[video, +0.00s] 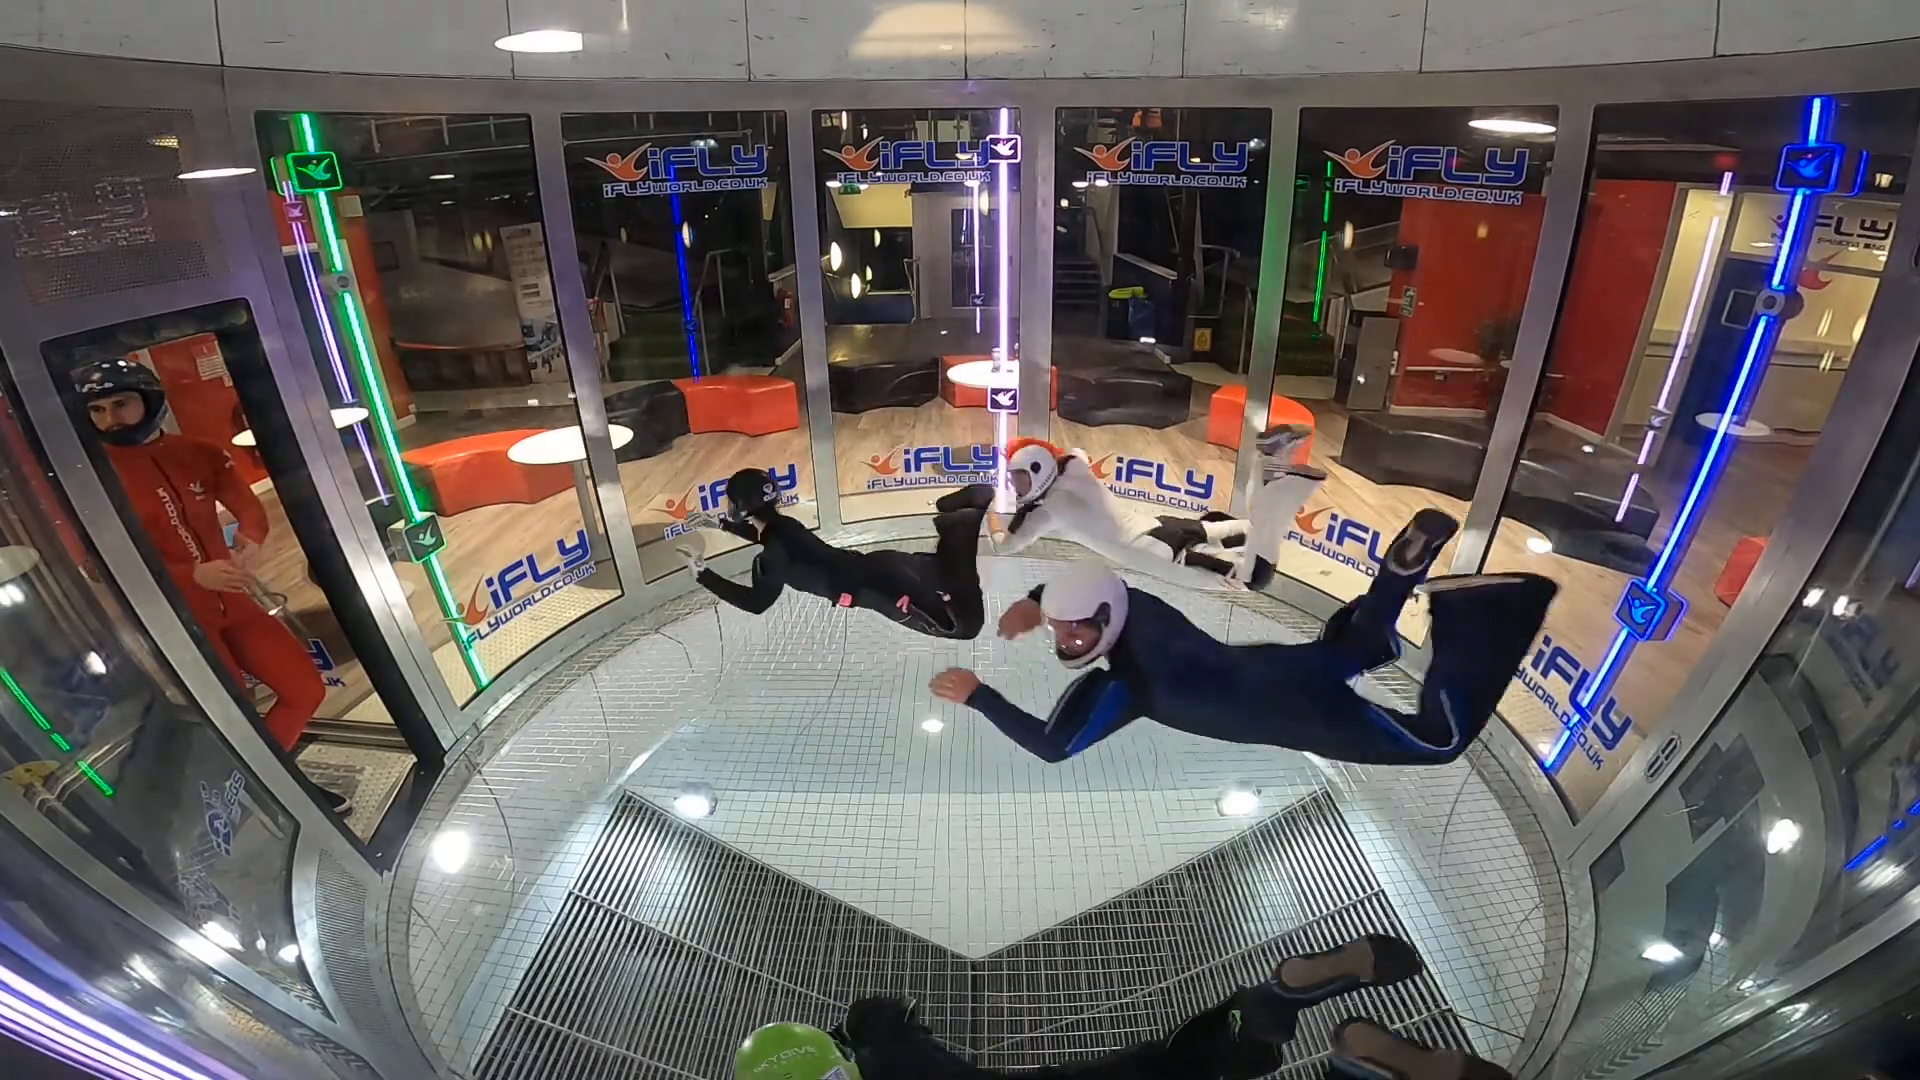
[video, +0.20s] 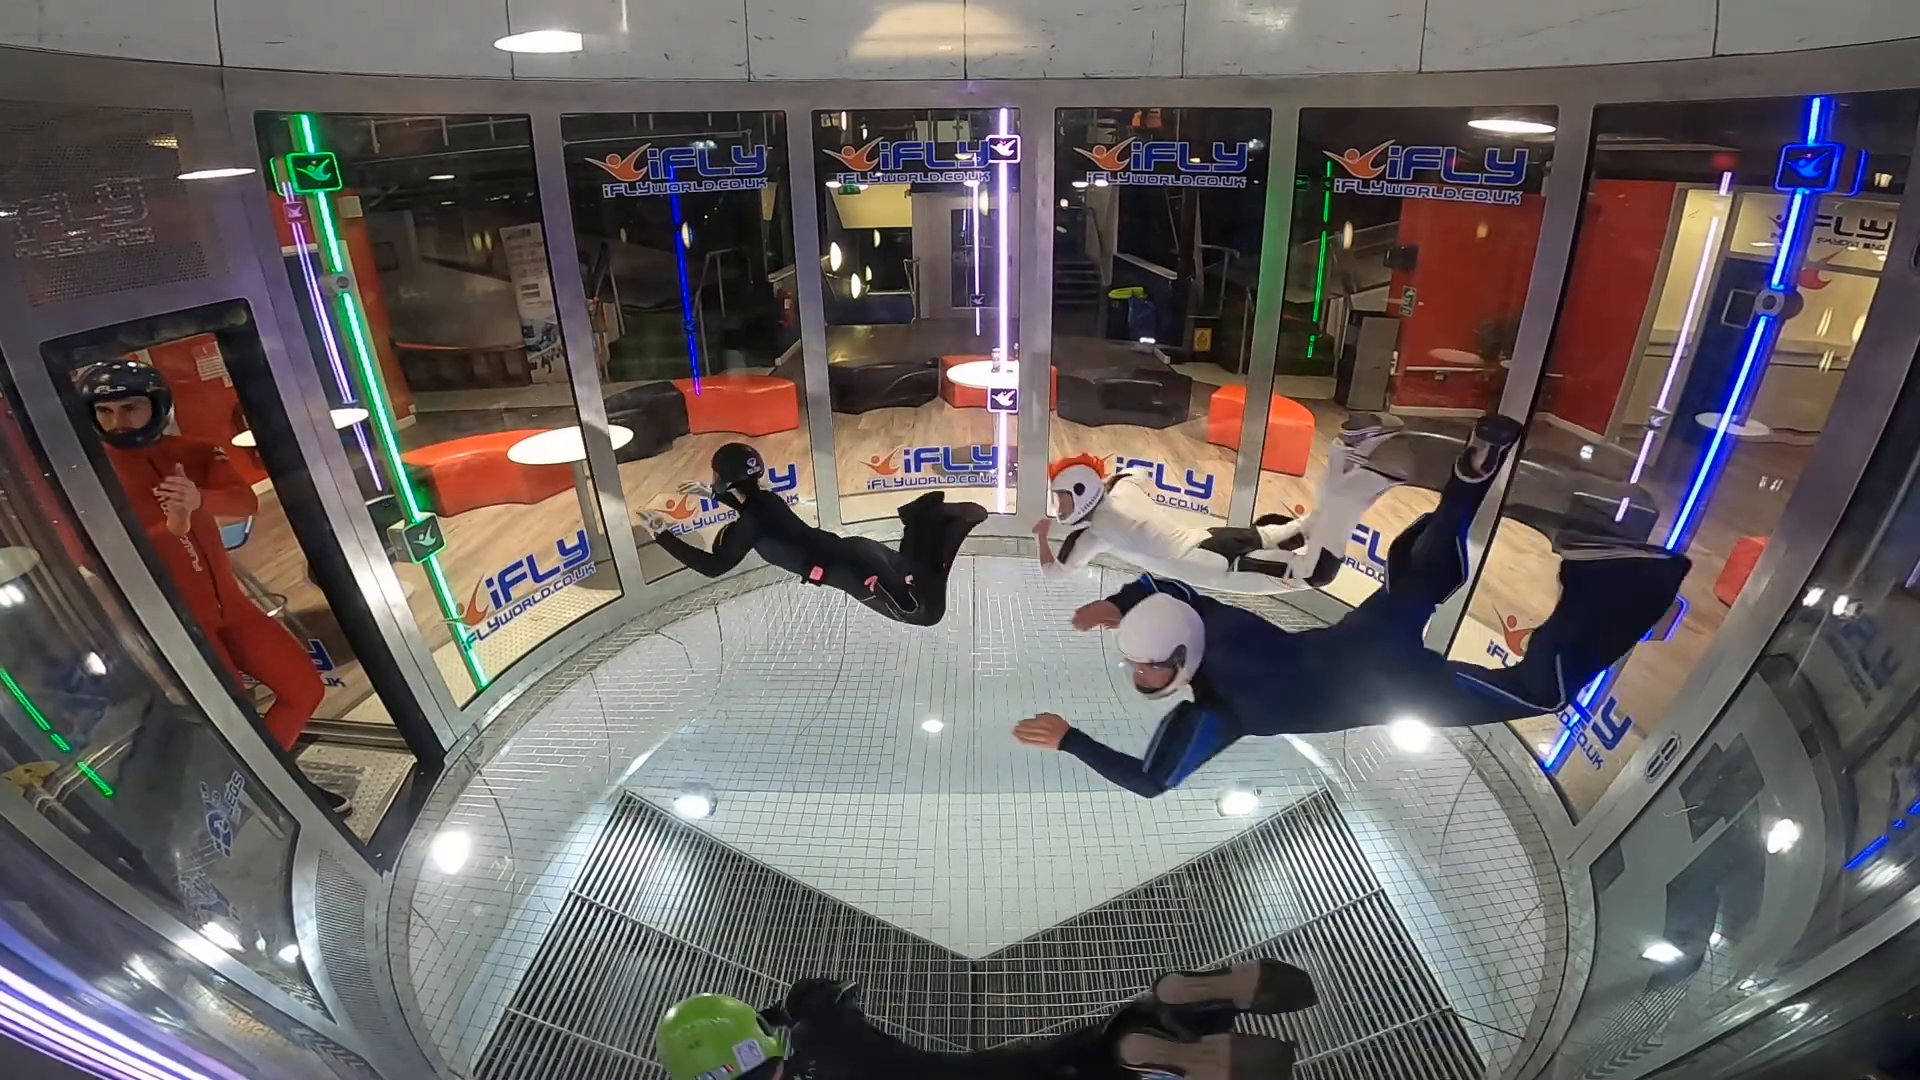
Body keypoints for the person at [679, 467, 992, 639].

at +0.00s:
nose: (726, 513)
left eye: (729, 505)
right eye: (727, 506)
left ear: (742, 512)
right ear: (766, 499)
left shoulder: (774, 550)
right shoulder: (779, 530)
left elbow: (756, 602)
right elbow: (757, 534)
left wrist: (704, 575)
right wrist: (725, 525)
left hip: (879, 584)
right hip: (881, 568)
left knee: (967, 624)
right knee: (954, 598)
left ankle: (958, 526)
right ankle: (954, 517)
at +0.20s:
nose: (716, 485)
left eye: (719, 479)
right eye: (717, 478)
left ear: (731, 484)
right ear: (751, 474)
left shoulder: (753, 517)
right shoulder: (761, 499)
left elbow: (714, 565)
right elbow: (741, 506)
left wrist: (664, 537)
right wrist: (711, 496)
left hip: (851, 569)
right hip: (852, 553)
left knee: (927, 612)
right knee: (915, 595)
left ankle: (941, 527)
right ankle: (924, 521)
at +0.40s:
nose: (715, 458)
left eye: (717, 453)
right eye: (716, 454)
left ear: (728, 459)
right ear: (749, 454)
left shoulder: (752, 496)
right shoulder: (756, 480)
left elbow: (713, 537)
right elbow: (728, 483)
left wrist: (667, 507)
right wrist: (698, 473)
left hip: (844, 547)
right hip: (847, 535)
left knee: (908, 602)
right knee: (904, 589)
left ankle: (919, 520)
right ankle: (917, 517)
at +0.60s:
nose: (733, 445)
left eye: (739, 439)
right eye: (731, 439)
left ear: (757, 443)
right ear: (756, 444)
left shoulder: (762, 480)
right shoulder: (768, 463)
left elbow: (733, 527)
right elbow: (744, 468)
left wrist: (691, 505)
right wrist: (715, 465)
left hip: (846, 529)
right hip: (852, 514)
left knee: (902, 593)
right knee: (909, 562)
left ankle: (920, 511)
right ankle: (924, 503)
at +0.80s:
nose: (750, 445)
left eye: (753, 438)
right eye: (750, 439)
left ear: (770, 440)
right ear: (781, 437)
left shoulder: (783, 477)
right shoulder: (793, 455)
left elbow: (760, 524)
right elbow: (771, 464)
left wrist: (716, 508)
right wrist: (742, 462)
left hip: (868, 519)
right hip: (875, 500)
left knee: (920, 581)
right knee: (928, 542)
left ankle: (935, 506)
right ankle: (939, 491)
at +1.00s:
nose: (785, 450)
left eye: (791, 444)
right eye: (782, 444)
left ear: (807, 443)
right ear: (787, 443)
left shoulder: (806, 484)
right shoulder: (817, 458)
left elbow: (787, 526)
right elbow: (796, 473)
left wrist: (745, 515)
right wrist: (769, 472)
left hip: (894, 514)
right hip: (898, 493)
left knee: (934, 553)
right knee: (953, 500)